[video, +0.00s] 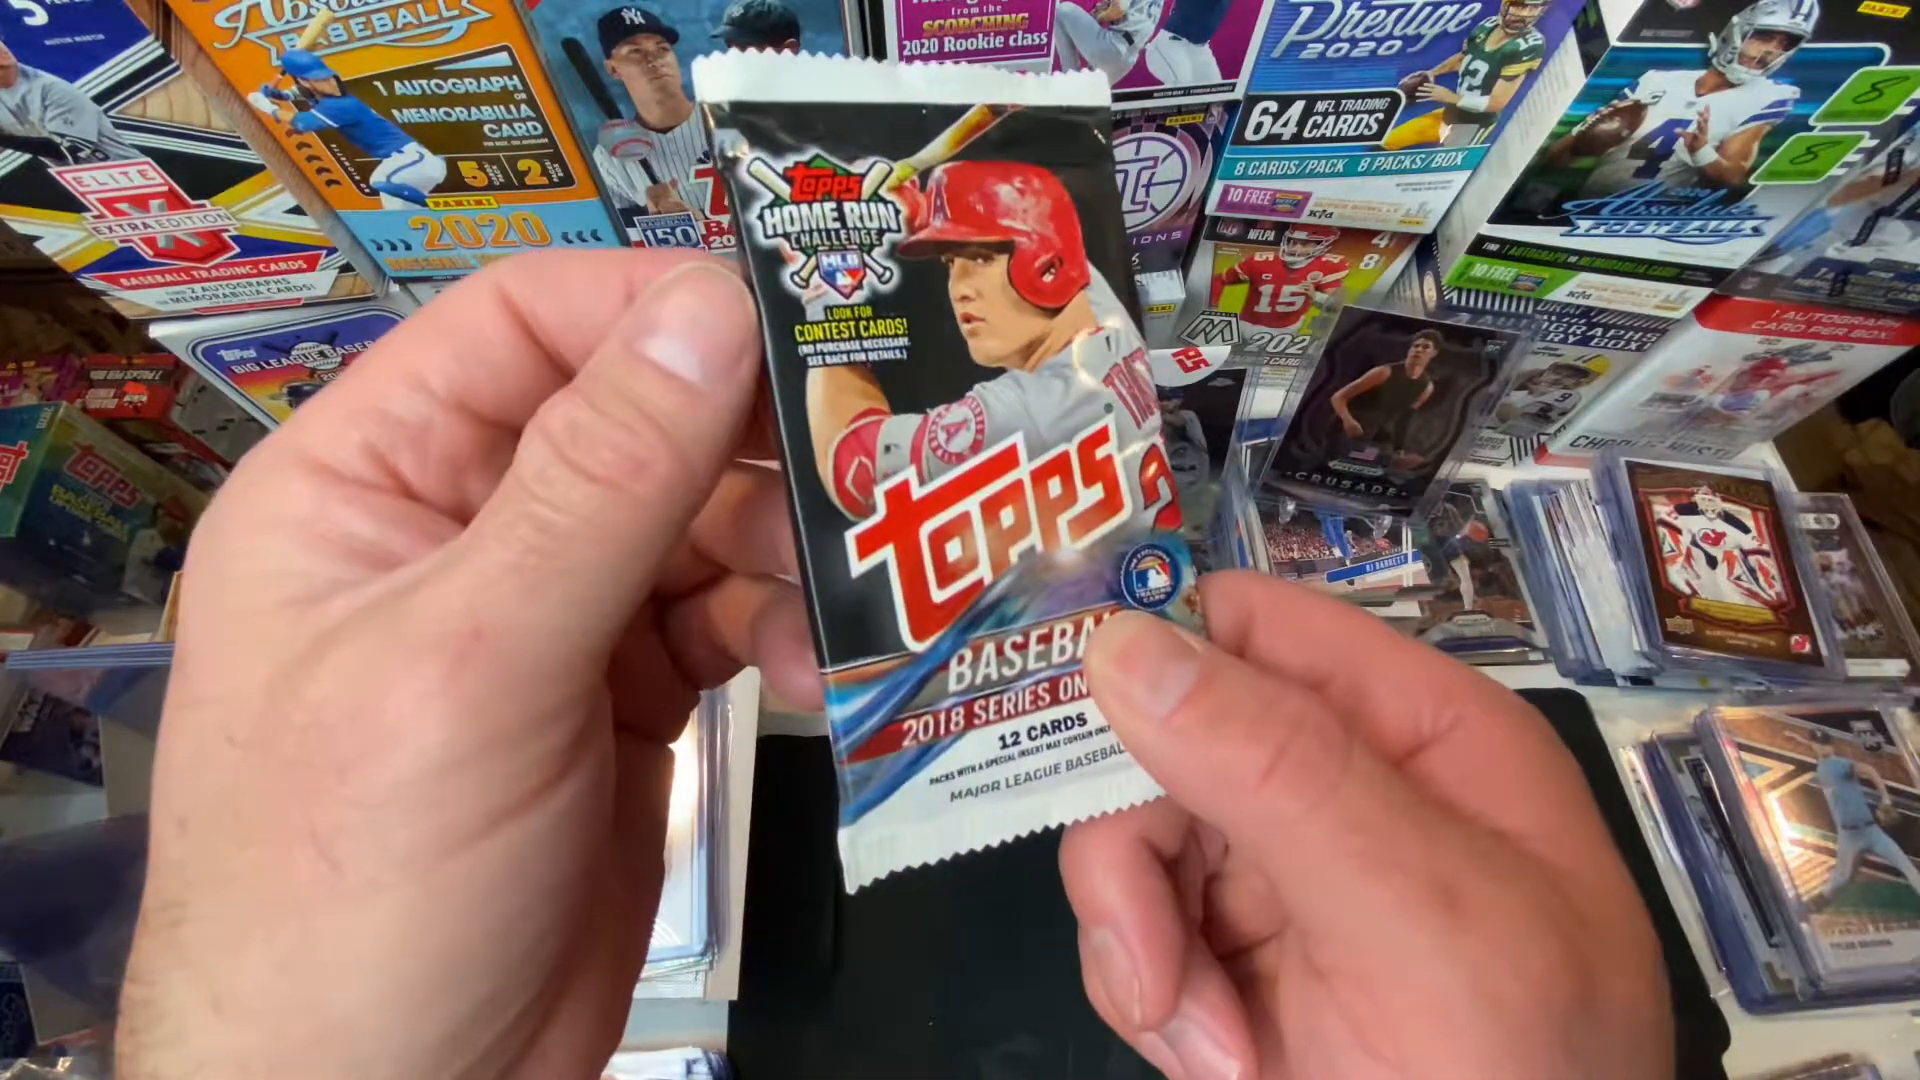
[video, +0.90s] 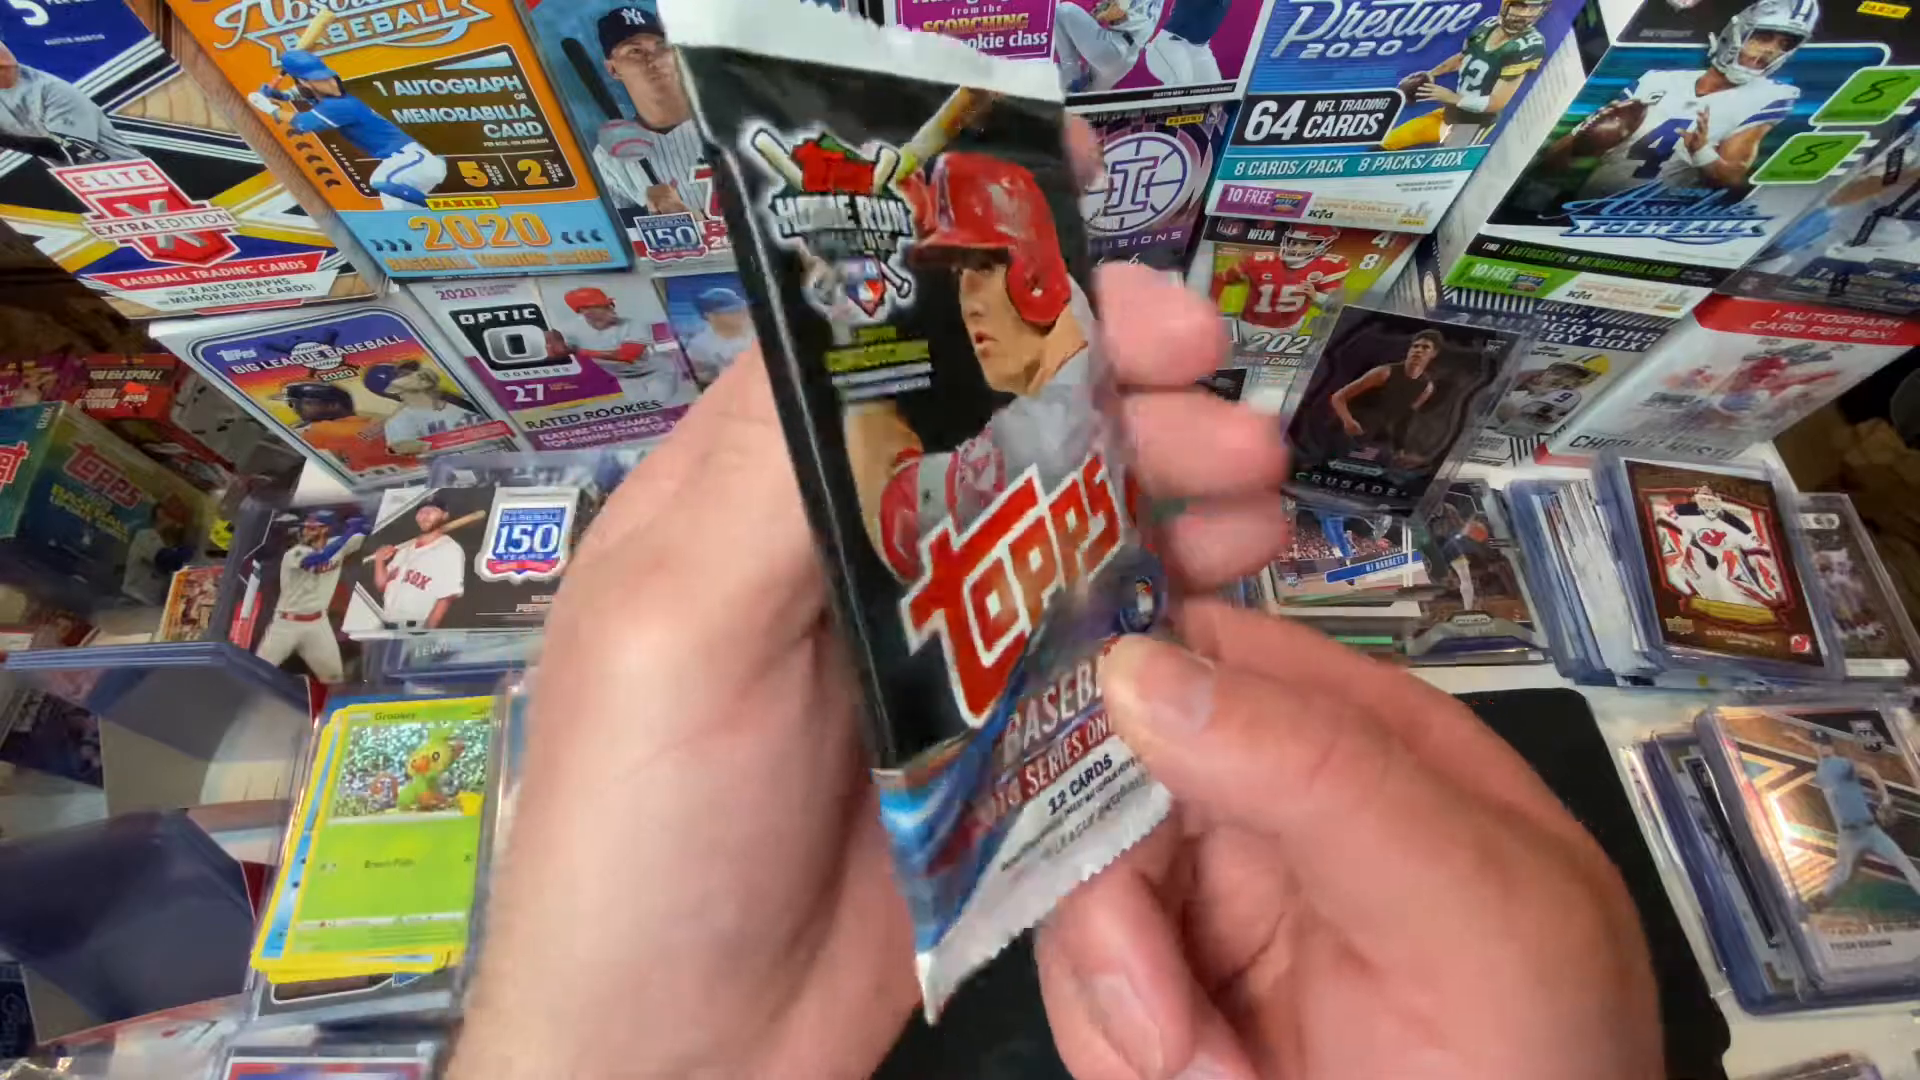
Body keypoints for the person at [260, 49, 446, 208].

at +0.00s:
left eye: (302, 82)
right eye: (321, 77)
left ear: (308, 83)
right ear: (307, 82)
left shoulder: (341, 106)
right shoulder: (332, 103)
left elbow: (300, 122)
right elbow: (300, 94)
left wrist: (271, 109)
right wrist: (276, 94)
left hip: (414, 158)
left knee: (380, 179)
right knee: (398, 218)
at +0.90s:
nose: (329, 79)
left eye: (303, 82)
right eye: (321, 77)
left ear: (308, 83)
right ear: (307, 84)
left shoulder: (343, 106)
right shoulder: (331, 102)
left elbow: (299, 122)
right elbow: (301, 92)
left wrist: (270, 109)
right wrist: (276, 95)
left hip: (415, 158)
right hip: (405, 167)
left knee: (381, 180)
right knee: (398, 221)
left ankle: (435, 212)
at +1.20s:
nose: (299, 87)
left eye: (300, 82)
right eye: (298, 83)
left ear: (309, 82)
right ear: (322, 78)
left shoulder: (342, 106)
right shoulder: (333, 101)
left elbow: (299, 122)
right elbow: (301, 93)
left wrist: (270, 108)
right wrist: (275, 94)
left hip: (415, 158)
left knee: (380, 180)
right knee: (398, 219)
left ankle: (431, 215)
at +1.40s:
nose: (299, 87)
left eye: (300, 82)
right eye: (299, 83)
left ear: (308, 83)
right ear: (323, 79)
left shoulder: (342, 107)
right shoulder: (333, 102)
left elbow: (299, 122)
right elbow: (302, 93)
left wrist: (269, 109)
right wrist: (278, 95)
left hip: (415, 159)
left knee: (381, 179)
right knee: (396, 218)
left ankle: (430, 214)